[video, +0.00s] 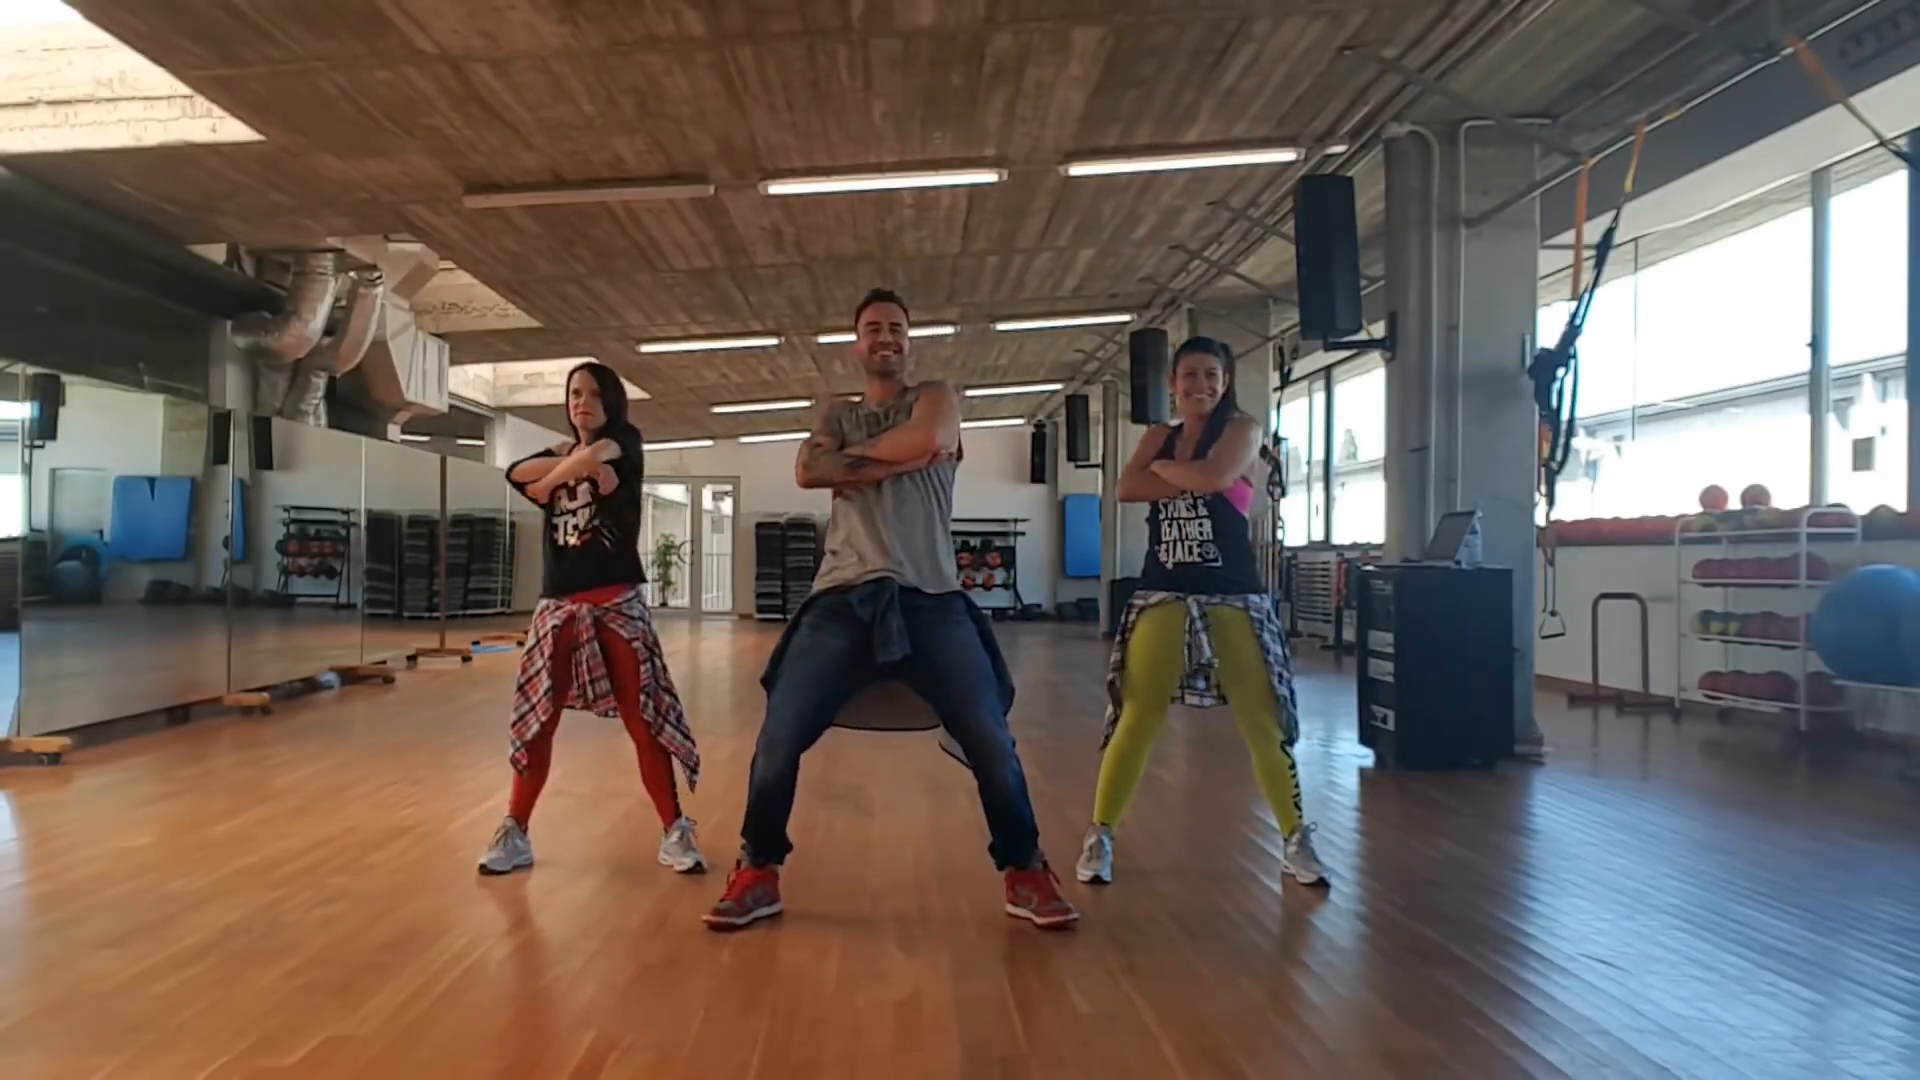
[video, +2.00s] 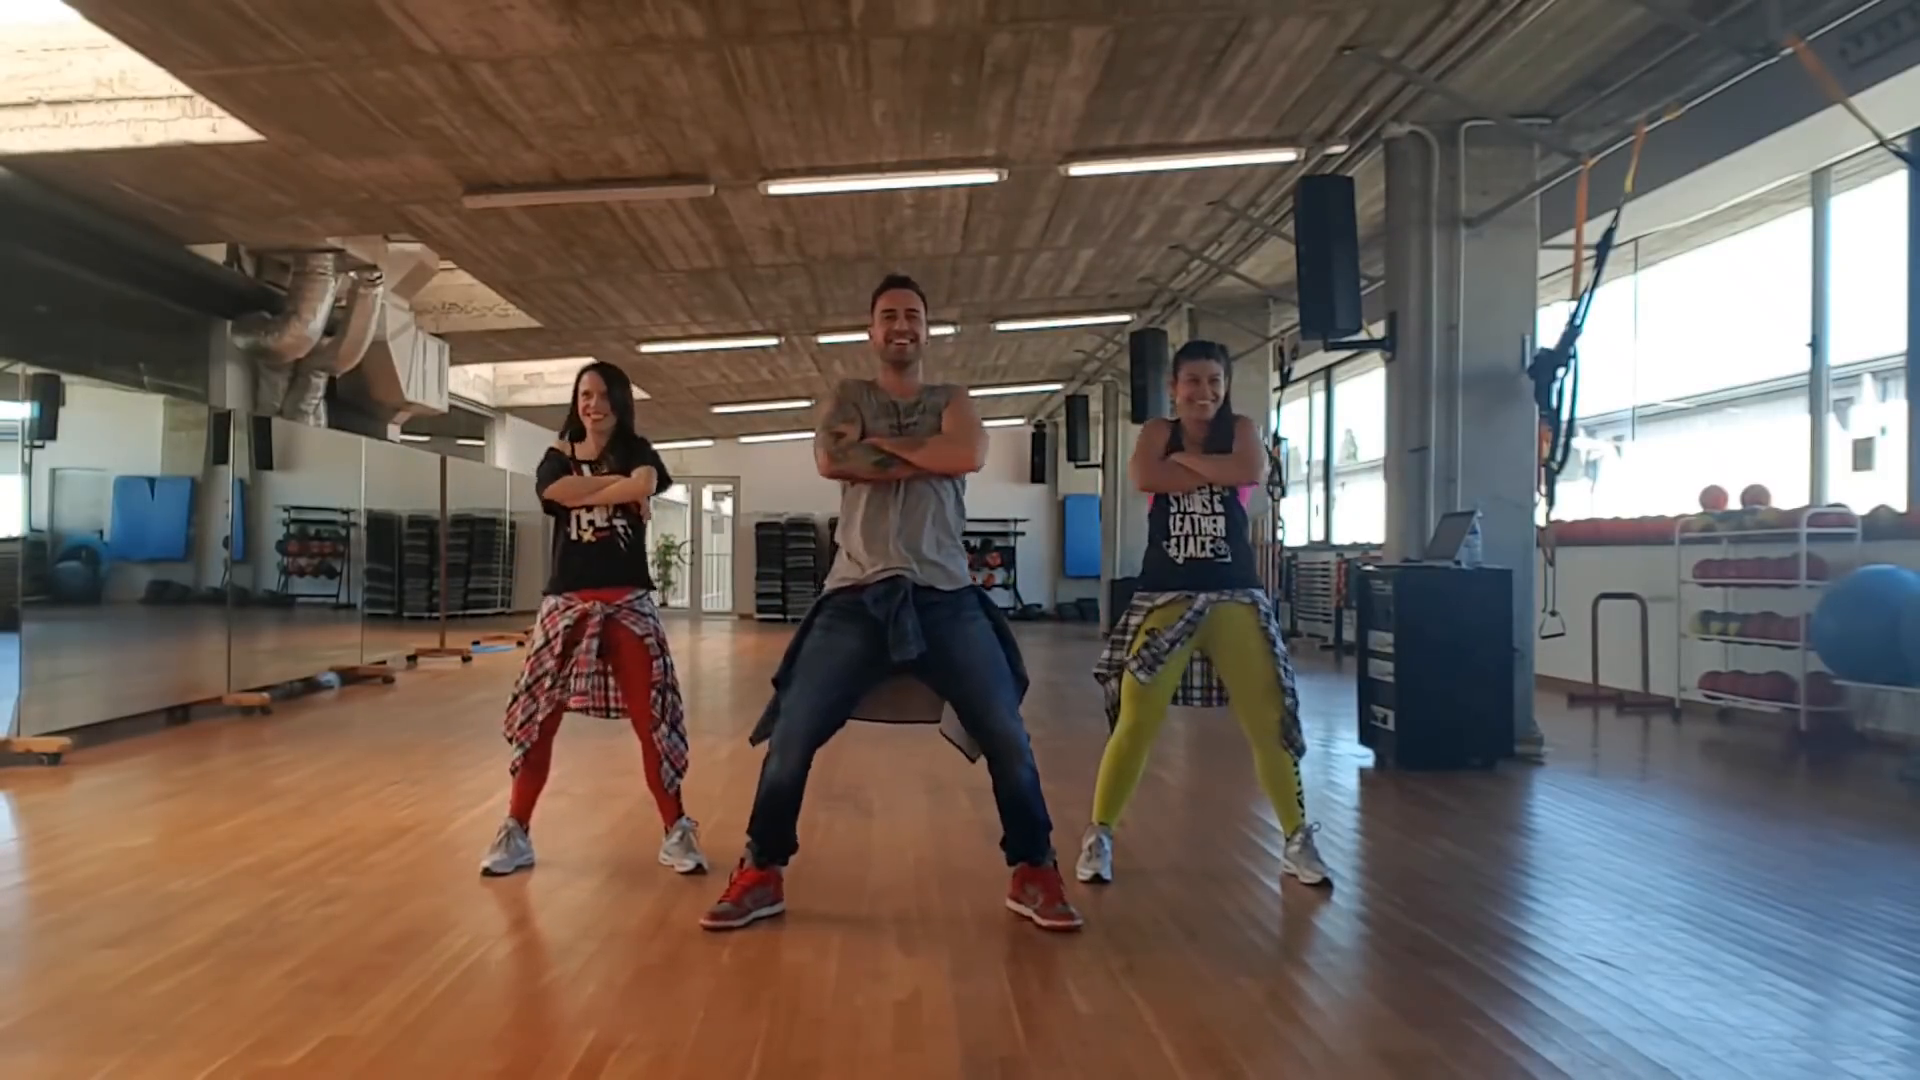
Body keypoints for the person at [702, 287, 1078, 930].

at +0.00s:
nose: (884, 338)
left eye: (894, 329)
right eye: (873, 329)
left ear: (909, 341)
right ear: (855, 344)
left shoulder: (936, 396)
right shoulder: (836, 412)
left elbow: (929, 442)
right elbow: (808, 472)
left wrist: (843, 454)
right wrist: (894, 460)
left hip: (930, 595)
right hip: (842, 595)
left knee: (989, 736)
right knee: (777, 737)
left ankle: (1025, 872)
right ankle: (757, 873)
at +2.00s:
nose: (901, 325)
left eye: (911, 316)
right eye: (889, 316)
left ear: (928, 330)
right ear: (870, 331)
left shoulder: (951, 400)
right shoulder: (847, 398)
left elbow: (968, 456)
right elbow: (828, 463)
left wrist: (873, 444)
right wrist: (921, 462)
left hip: (945, 593)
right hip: (855, 591)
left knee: (1005, 732)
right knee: (791, 730)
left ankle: (1034, 873)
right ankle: (761, 873)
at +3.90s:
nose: (905, 335)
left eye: (916, 323)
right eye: (894, 324)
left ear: (933, 329)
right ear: (877, 331)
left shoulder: (955, 394)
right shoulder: (856, 389)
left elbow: (976, 451)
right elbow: (840, 452)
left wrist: (881, 438)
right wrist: (934, 453)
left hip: (952, 591)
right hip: (862, 589)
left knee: (1010, 729)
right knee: (796, 727)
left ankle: (1034, 871)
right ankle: (773, 873)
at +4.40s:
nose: (893, 321)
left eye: (905, 312)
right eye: (882, 312)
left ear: (921, 326)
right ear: (865, 325)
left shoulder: (943, 390)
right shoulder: (838, 395)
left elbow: (947, 452)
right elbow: (812, 466)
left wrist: (856, 440)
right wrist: (903, 455)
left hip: (930, 594)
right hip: (840, 592)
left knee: (996, 732)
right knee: (774, 733)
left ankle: (1022, 874)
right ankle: (761, 869)